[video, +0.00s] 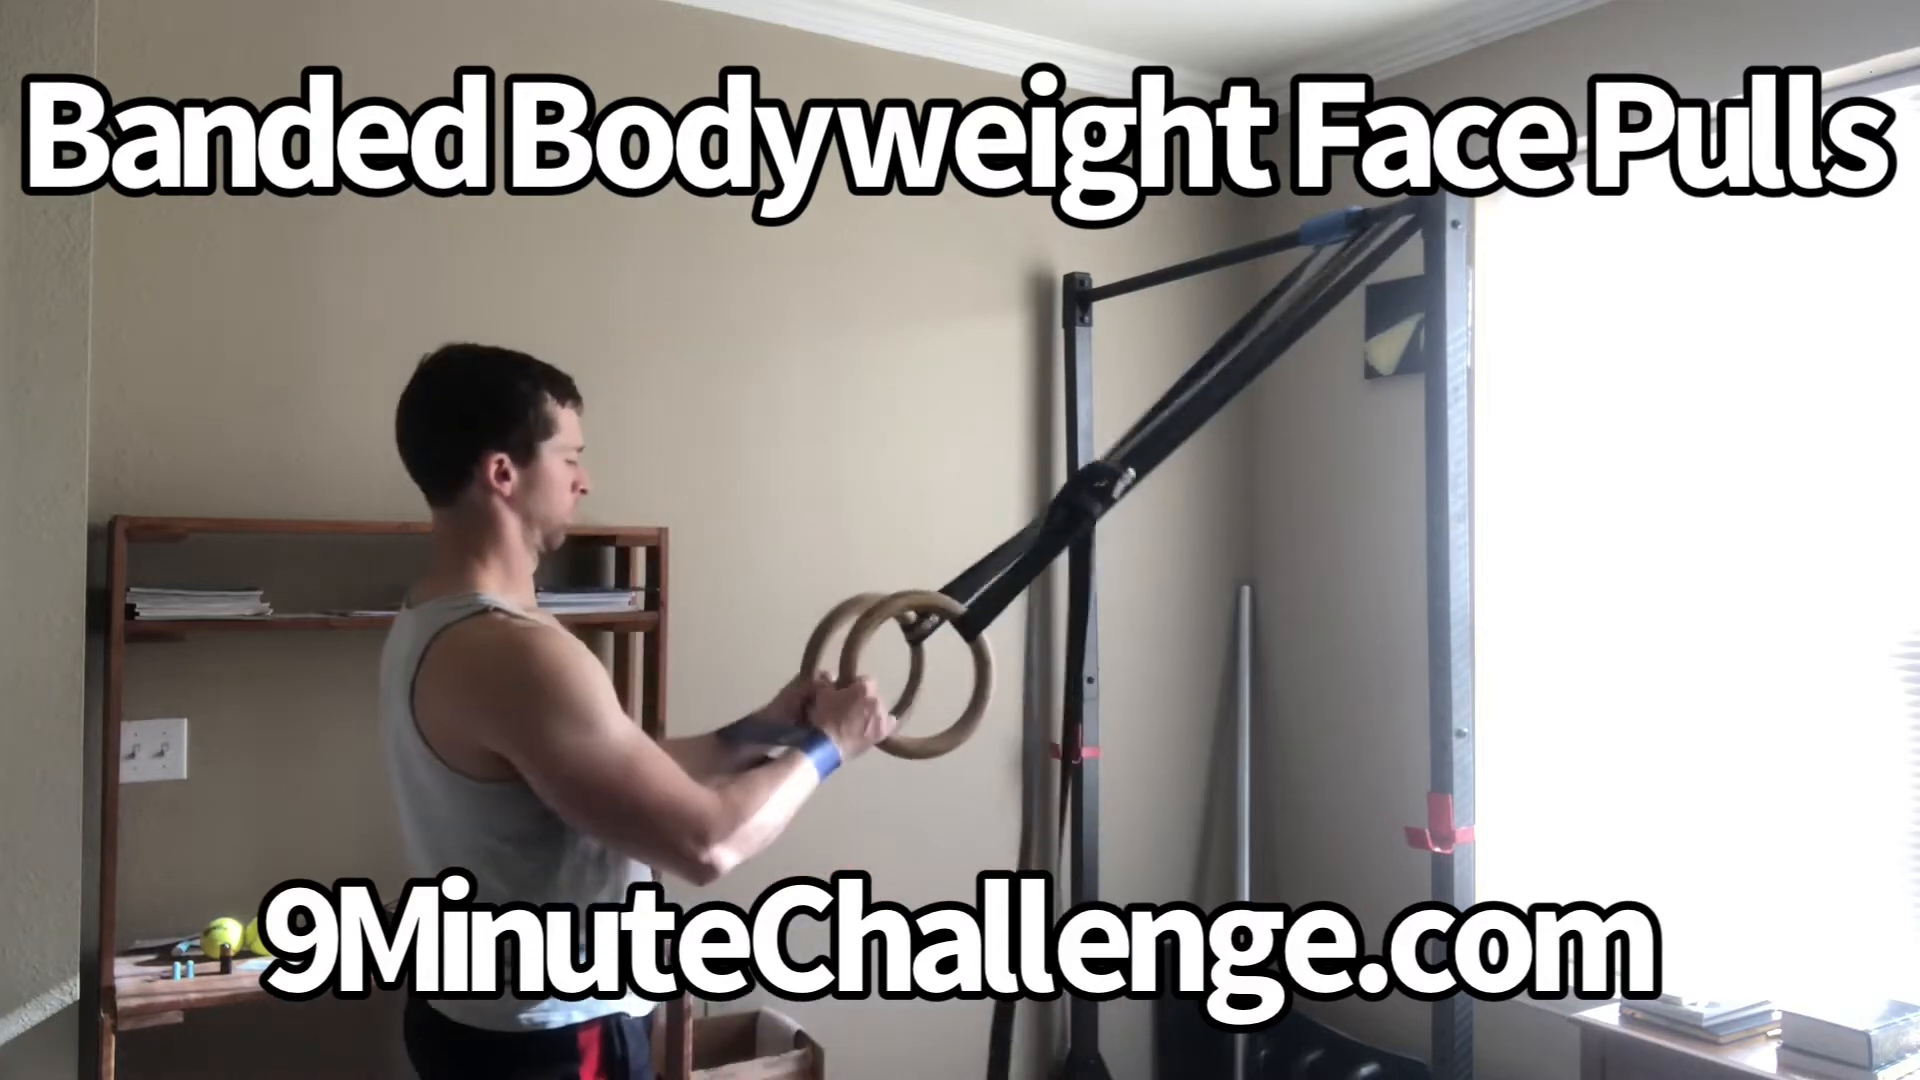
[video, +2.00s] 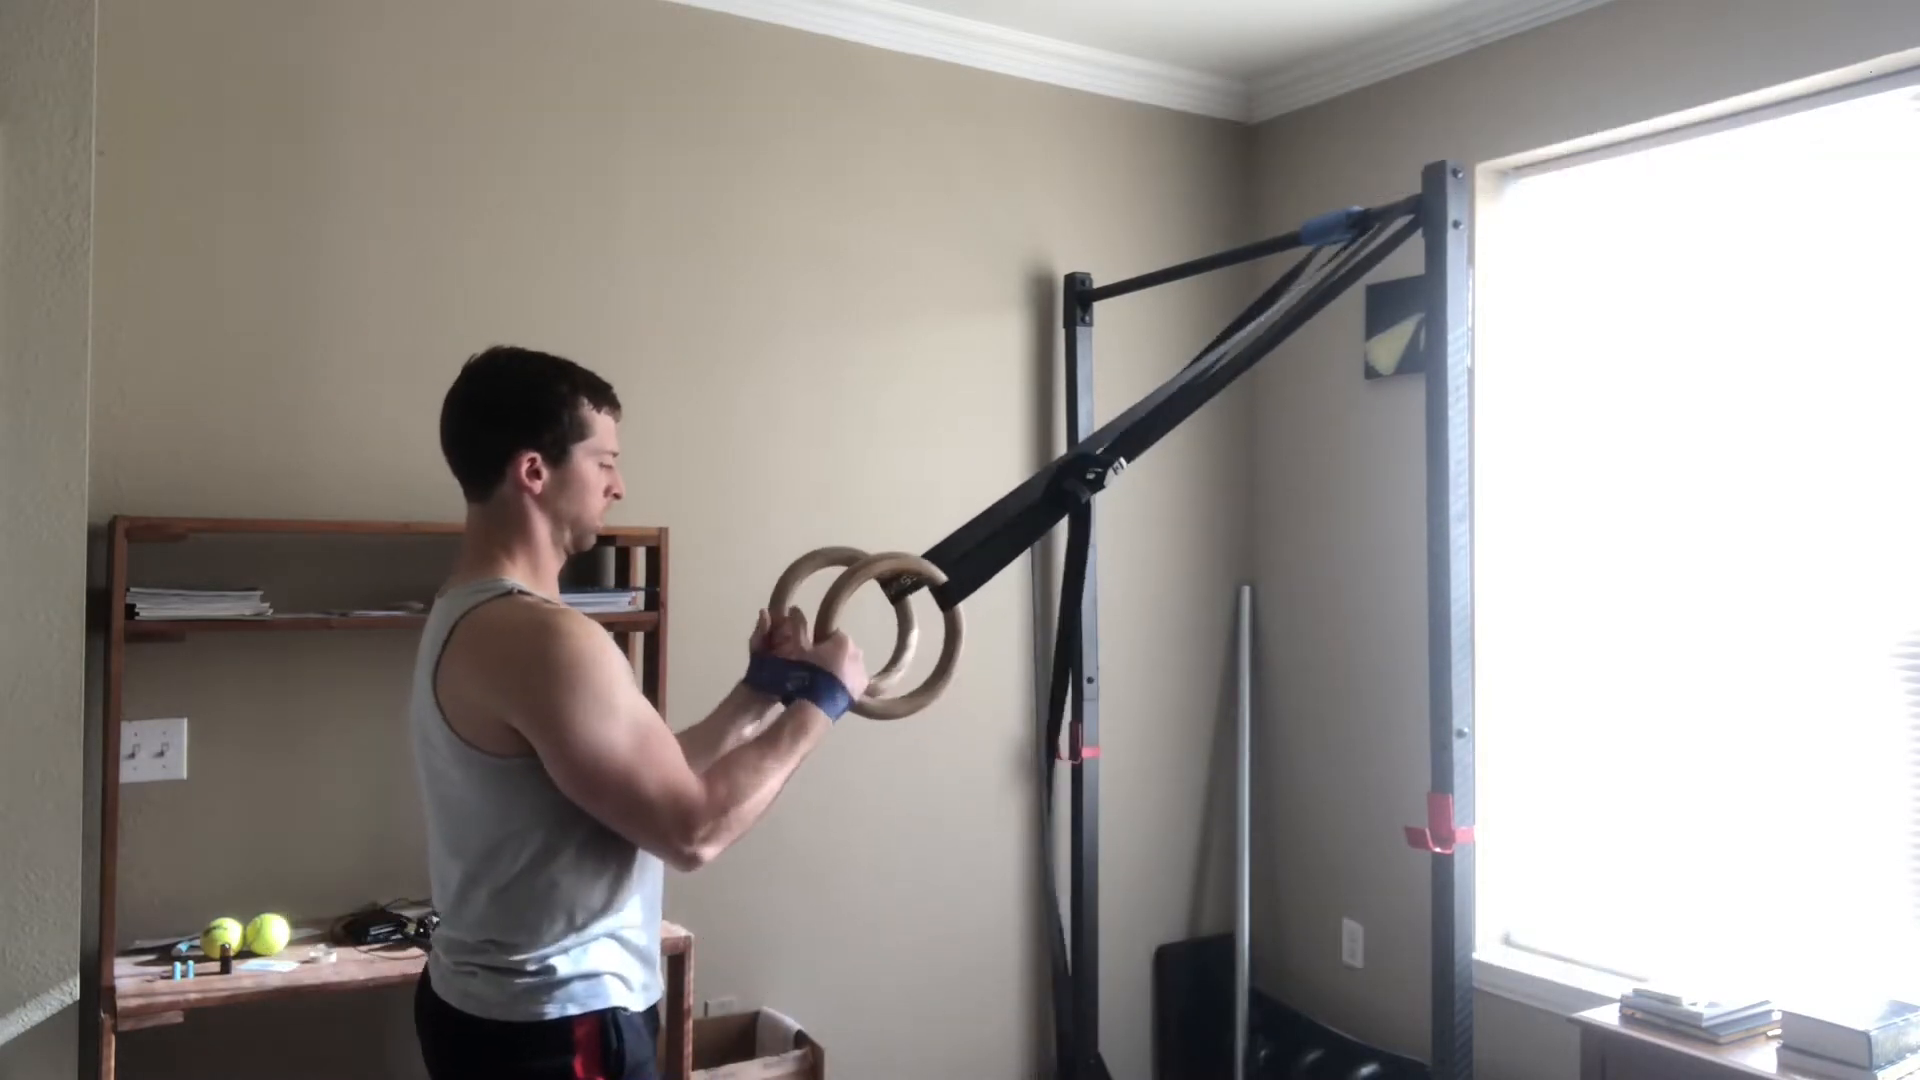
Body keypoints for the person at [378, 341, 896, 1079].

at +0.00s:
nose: (584, 482)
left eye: (580, 457)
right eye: (571, 458)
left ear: (498, 476)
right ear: (502, 474)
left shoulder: (437, 624)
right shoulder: (520, 659)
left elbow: (615, 774)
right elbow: (707, 844)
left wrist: (766, 729)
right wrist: (824, 749)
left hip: (477, 1022)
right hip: (548, 1043)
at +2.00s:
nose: (618, 486)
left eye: (614, 464)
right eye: (602, 462)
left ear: (530, 477)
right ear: (533, 472)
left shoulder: (469, 615)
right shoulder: (543, 642)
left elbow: (642, 777)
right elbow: (693, 830)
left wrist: (760, 691)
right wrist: (821, 703)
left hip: (493, 1012)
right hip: (560, 1032)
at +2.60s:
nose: (536, 498)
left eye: (536, 473)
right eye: (525, 472)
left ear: (448, 482)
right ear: (452, 478)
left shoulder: (379, 630)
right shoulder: (472, 658)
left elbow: (581, 757)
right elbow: (700, 805)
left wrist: (724, 677)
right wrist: (820, 688)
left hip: (446, 1022)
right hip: (532, 1041)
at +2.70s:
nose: (518, 512)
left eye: (518, 486)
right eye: (506, 484)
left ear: (429, 489)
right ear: (432, 487)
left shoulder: (360, 641)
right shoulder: (448, 667)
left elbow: (577, 754)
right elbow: (677, 807)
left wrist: (727, 681)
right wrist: (816, 698)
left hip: (448, 1028)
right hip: (528, 1043)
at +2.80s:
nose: (498, 522)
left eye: (499, 497)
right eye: (487, 494)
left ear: (412, 495)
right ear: (411, 494)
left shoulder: (341, 652)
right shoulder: (429, 675)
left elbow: (563, 752)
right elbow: (663, 804)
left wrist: (717, 684)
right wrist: (811, 695)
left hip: (444, 1031)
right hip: (521, 1045)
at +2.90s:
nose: (483, 525)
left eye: (481, 500)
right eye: (469, 498)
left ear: (393, 504)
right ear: (392, 503)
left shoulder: (329, 653)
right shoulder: (405, 681)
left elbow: (555, 745)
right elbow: (652, 791)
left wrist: (707, 680)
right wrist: (800, 680)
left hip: (443, 1034)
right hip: (514, 1047)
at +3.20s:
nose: (406, 525)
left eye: (392, 497)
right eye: (381, 502)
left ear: (305, 542)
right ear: (304, 539)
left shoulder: (292, 691)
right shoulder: (355, 717)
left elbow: (539, 734)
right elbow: (620, 772)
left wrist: (696, 668)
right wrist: (778, 675)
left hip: (446, 1047)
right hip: (518, 1054)